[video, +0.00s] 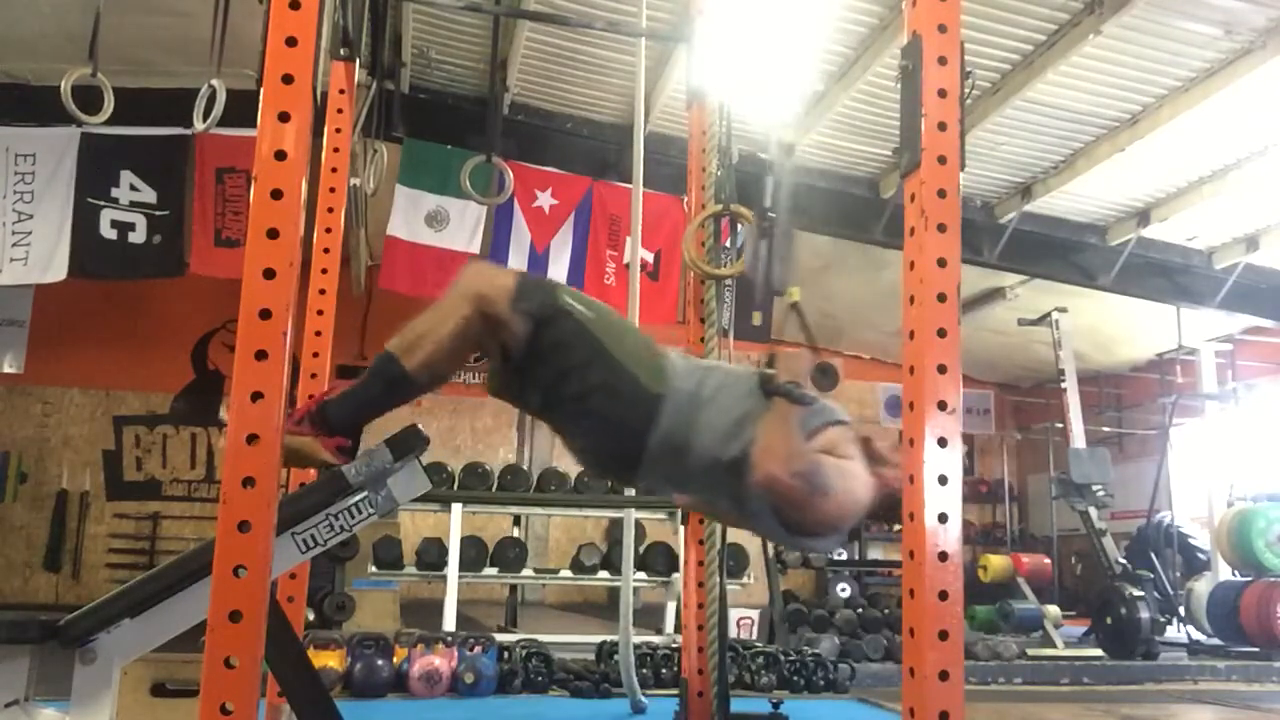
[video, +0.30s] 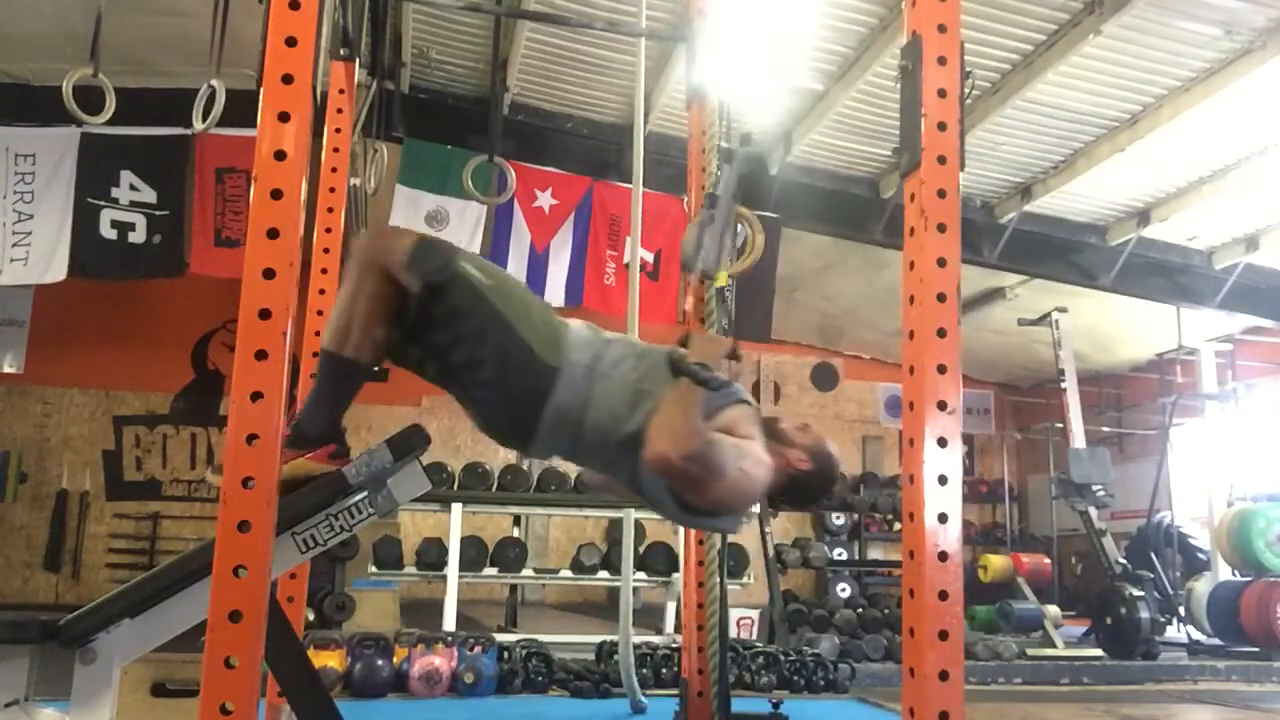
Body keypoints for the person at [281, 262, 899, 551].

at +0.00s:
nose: (900, 430)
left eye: (911, 444)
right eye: (911, 429)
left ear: (902, 478)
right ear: (900, 429)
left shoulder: (850, 490)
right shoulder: (843, 440)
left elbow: (780, 473)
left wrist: (790, 391)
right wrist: (799, 380)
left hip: (644, 414)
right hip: (650, 389)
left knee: (486, 287)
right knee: (480, 310)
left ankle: (337, 420)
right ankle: (344, 414)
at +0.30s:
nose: (799, 425)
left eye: (808, 440)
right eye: (810, 430)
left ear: (798, 466)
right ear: (795, 449)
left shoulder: (748, 470)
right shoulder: (743, 433)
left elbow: (673, 458)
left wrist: (697, 373)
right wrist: (711, 359)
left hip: (543, 381)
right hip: (552, 359)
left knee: (386, 250)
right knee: (391, 269)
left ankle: (315, 424)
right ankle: (319, 415)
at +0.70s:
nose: (743, 389)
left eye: (752, 401)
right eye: (755, 392)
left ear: (737, 428)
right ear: (735, 426)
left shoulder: (686, 438)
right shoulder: (678, 403)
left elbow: (601, 429)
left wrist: (640, 347)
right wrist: (643, 338)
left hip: (481, 359)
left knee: (322, 249)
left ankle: (296, 423)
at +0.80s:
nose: (744, 390)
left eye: (754, 403)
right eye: (756, 393)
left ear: (739, 430)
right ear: (737, 428)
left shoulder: (688, 439)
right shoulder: (681, 406)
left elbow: (605, 428)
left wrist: (643, 349)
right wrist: (647, 340)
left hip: (484, 359)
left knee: (322, 249)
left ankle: (295, 422)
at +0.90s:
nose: (752, 396)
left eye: (761, 410)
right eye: (764, 399)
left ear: (747, 438)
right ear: (745, 432)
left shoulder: (698, 446)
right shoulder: (690, 420)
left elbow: (615, 432)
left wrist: (650, 352)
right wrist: (658, 348)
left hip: (494, 359)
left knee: (319, 247)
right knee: (323, 299)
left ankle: (294, 418)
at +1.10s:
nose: (789, 426)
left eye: (796, 440)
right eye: (798, 432)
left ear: (785, 464)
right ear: (785, 451)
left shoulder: (737, 472)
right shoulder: (734, 437)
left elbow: (655, 447)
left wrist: (688, 365)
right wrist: (702, 348)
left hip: (535, 375)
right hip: (534, 380)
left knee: (368, 256)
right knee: (375, 298)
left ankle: (304, 429)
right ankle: (301, 426)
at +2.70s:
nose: (944, 574)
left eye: (956, 587)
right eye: (958, 579)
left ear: (942, 661)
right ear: (951, 648)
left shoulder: (895, 658)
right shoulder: (896, 631)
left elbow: (871, 521)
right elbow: (875, 520)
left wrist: (857, 419)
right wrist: (834, 418)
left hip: (717, 576)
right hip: (734, 537)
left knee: (575, 438)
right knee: (581, 422)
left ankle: (372, 409)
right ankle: (384, 409)